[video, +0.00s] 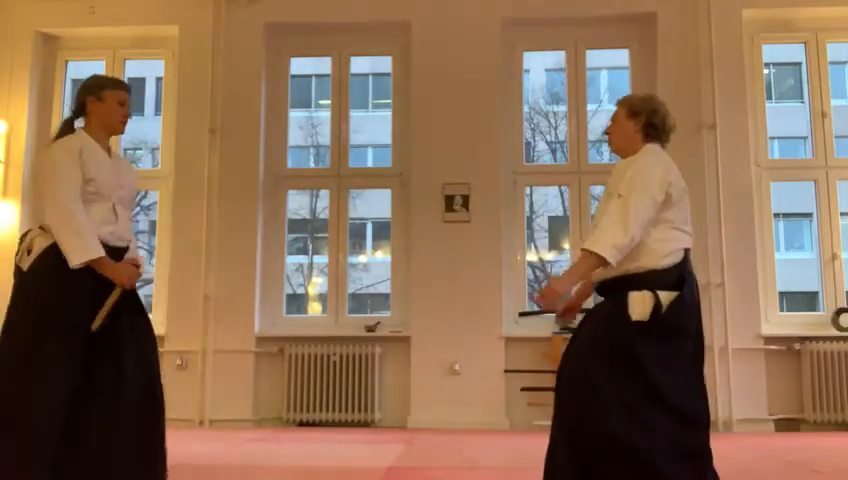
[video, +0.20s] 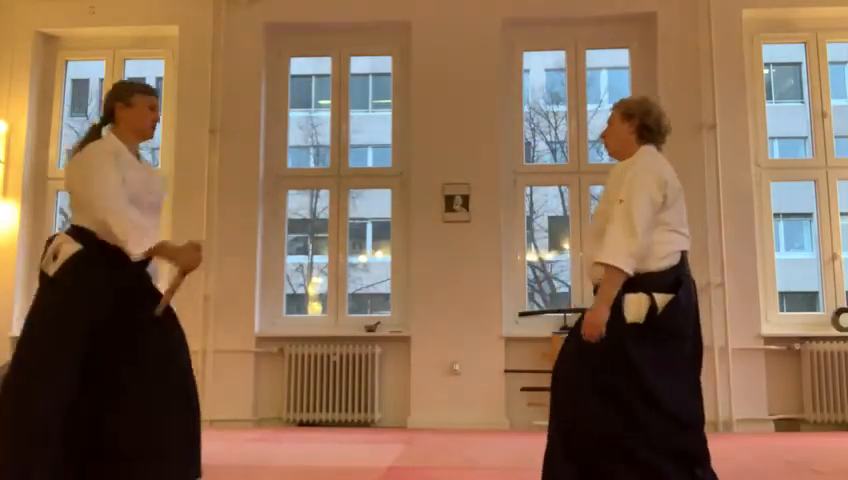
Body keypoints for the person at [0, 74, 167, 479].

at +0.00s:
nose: (126, 113)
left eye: (128, 107)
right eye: (119, 104)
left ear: (116, 112)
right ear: (91, 105)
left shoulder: (118, 165)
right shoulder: (63, 150)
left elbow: (121, 222)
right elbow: (63, 212)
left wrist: (131, 256)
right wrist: (104, 264)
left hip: (110, 273)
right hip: (62, 271)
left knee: (127, 376)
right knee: (58, 377)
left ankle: (117, 468)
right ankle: (55, 469)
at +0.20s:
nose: (157, 118)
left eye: (157, 110)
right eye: (149, 109)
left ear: (138, 115)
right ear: (120, 110)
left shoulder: (139, 166)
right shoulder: (96, 154)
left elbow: (134, 228)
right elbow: (110, 214)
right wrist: (169, 250)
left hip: (129, 278)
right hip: (89, 274)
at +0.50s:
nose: (234, 111)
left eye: (236, 104)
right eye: (228, 102)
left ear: (231, 112)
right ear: (207, 104)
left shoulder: (227, 167)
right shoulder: (183, 149)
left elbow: (230, 234)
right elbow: (202, 99)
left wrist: (251, 283)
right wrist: (209, 49)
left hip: (219, 269)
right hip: (185, 261)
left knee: (222, 376)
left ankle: (202, 466)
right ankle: (101, 418)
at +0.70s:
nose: (296, 119)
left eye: (295, 112)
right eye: (288, 111)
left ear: (280, 120)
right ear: (261, 115)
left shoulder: (279, 167)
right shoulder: (252, 155)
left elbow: (292, 243)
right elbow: (241, 109)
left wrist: (320, 285)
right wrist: (213, 55)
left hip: (287, 272)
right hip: (256, 270)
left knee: (243, 374)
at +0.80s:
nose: (323, 123)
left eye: (323, 115)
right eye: (316, 115)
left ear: (316, 124)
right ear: (293, 118)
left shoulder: (306, 171)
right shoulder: (285, 162)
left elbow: (315, 236)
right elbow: (288, 126)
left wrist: (345, 279)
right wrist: (267, 67)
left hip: (314, 279)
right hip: (297, 280)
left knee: (269, 383)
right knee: (358, 377)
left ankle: (180, 455)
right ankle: (393, 464)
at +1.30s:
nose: (367, 102)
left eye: (369, 96)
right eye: (359, 94)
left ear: (370, 102)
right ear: (336, 95)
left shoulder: (374, 150)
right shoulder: (332, 136)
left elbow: (411, 179)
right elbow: (305, 104)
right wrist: (290, 51)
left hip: (395, 253)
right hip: (358, 250)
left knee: (392, 365)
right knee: (350, 366)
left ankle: (382, 466)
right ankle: (303, 463)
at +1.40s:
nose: (366, 103)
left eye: (369, 96)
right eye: (356, 96)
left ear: (372, 103)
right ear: (330, 100)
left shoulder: (383, 145)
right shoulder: (325, 137)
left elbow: (411, 188)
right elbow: (293, 122)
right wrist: (276, 79)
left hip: (390, 255)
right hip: (347, 253)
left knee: (388, 366)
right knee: (345, 367)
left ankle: (372, 466)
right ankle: (301, 466)